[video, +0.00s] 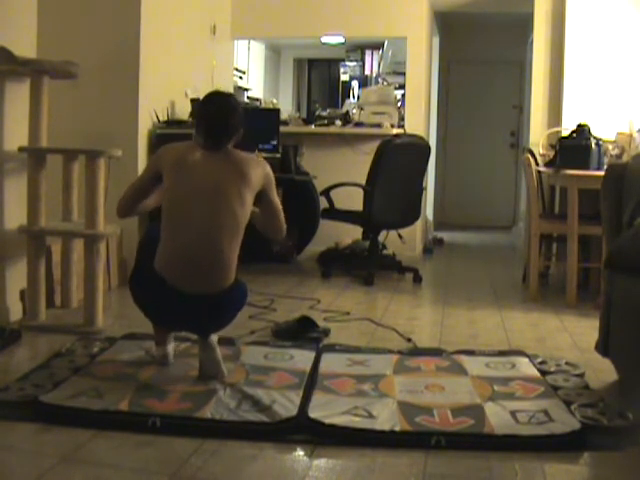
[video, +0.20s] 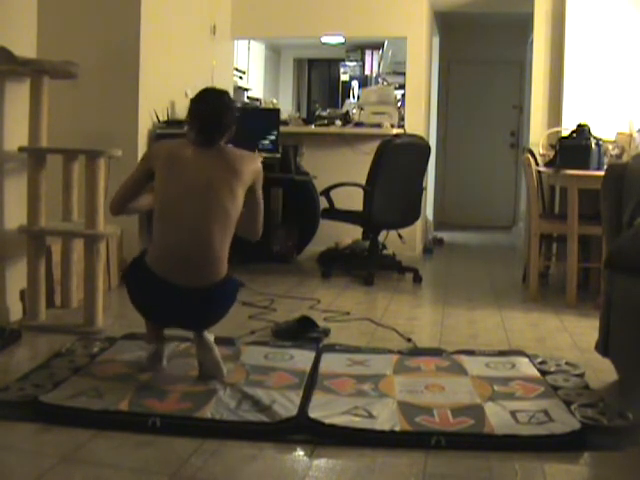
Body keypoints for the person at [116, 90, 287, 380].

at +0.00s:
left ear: (196, 125)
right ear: (238, 135)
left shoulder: (169, 156)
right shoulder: (256, 168)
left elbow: (124, 208)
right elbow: (276, 231)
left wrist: (167, 193)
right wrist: (247, 203)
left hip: (165, 308)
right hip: (216, 312)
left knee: (151, 236)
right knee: (237, 285)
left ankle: (163, 346)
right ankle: (209, 340)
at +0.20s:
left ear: (189, 122)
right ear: (230, 131)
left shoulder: (161, 153)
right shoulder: (249, 164)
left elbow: (117, 206)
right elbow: (253, 231)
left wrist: (158, 198)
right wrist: (218, 207)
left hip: (158, 300)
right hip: (209, 306)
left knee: (137, 266)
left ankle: (156, 347)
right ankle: (203, 338)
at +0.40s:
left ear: (180, 124)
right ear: (220, 134)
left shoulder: (150, 155)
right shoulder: (235, 166)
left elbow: (104, 199)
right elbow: (240, 232)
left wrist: (140, 172)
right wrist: (210, 206)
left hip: (146, 304)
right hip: (197, 308)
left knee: (128, 272)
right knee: (220, 277)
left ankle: (150, 346)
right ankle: (205, 338)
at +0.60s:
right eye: (210, 115)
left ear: (167, 115)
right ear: (208, 122)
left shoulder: (138, 147)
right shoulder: (221, 156)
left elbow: (104, 164)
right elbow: (259, 221)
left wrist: (117, 132)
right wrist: (226, 193)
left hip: (136, 298)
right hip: (189, 300)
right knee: (229, 279)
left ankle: (145, 337)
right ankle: (206, 332)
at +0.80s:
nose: (205, 124)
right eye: (204, 118)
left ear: (162, 116)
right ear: (202, 121)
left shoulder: (134, 149)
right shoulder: (208, 156)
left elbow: (110, 147)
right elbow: (258, 220)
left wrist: (103, 134)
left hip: (129, 300)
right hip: (178, 299)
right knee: (230, 279)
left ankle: (143, 335)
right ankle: (203, 332)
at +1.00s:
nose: (205, 134)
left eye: (206, 129)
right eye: (206, 128)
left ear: (159, 120)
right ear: (200, 125)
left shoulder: (129, 144)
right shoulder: (200, 152)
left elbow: (103, 161)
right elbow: (240, 223)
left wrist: (99, 143)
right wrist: (242, 207)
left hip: (124, 297)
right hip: (170, 295)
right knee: (231, 256)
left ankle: (143, 333)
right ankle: (200, 331)